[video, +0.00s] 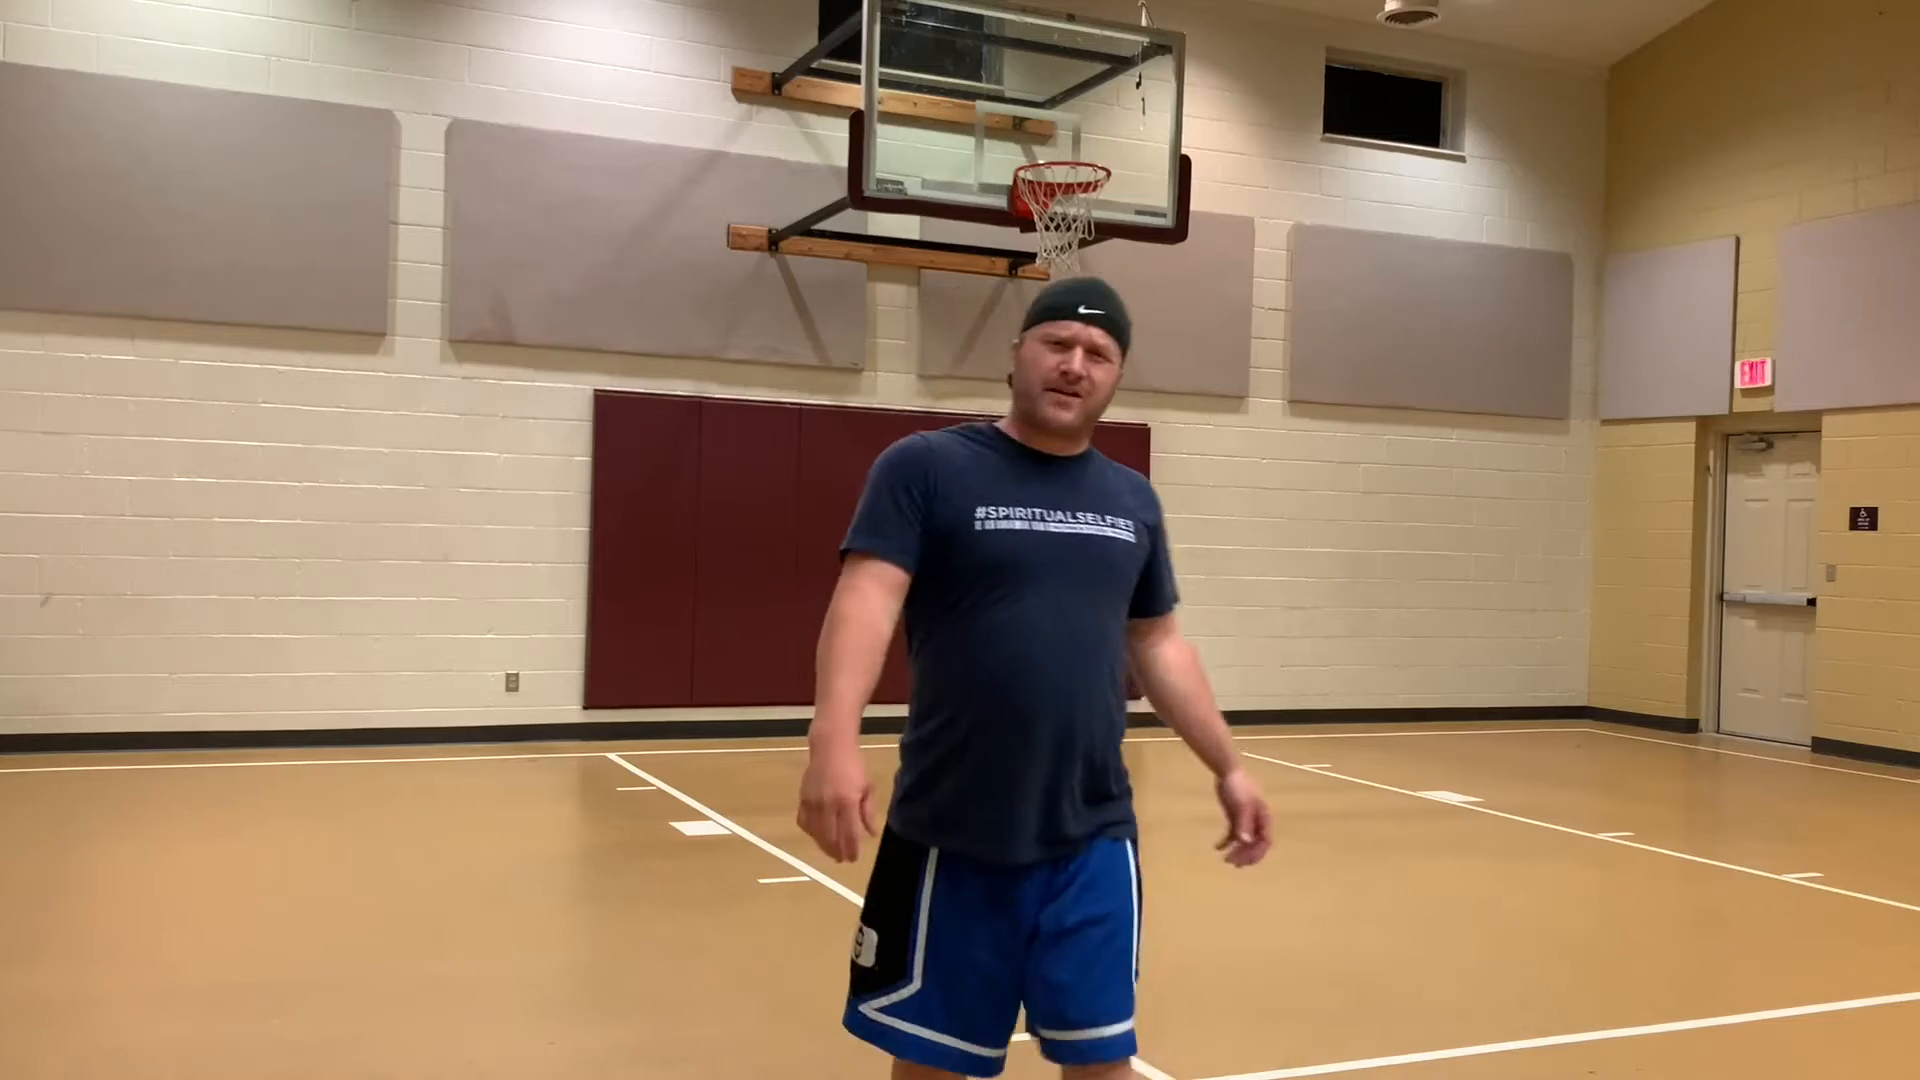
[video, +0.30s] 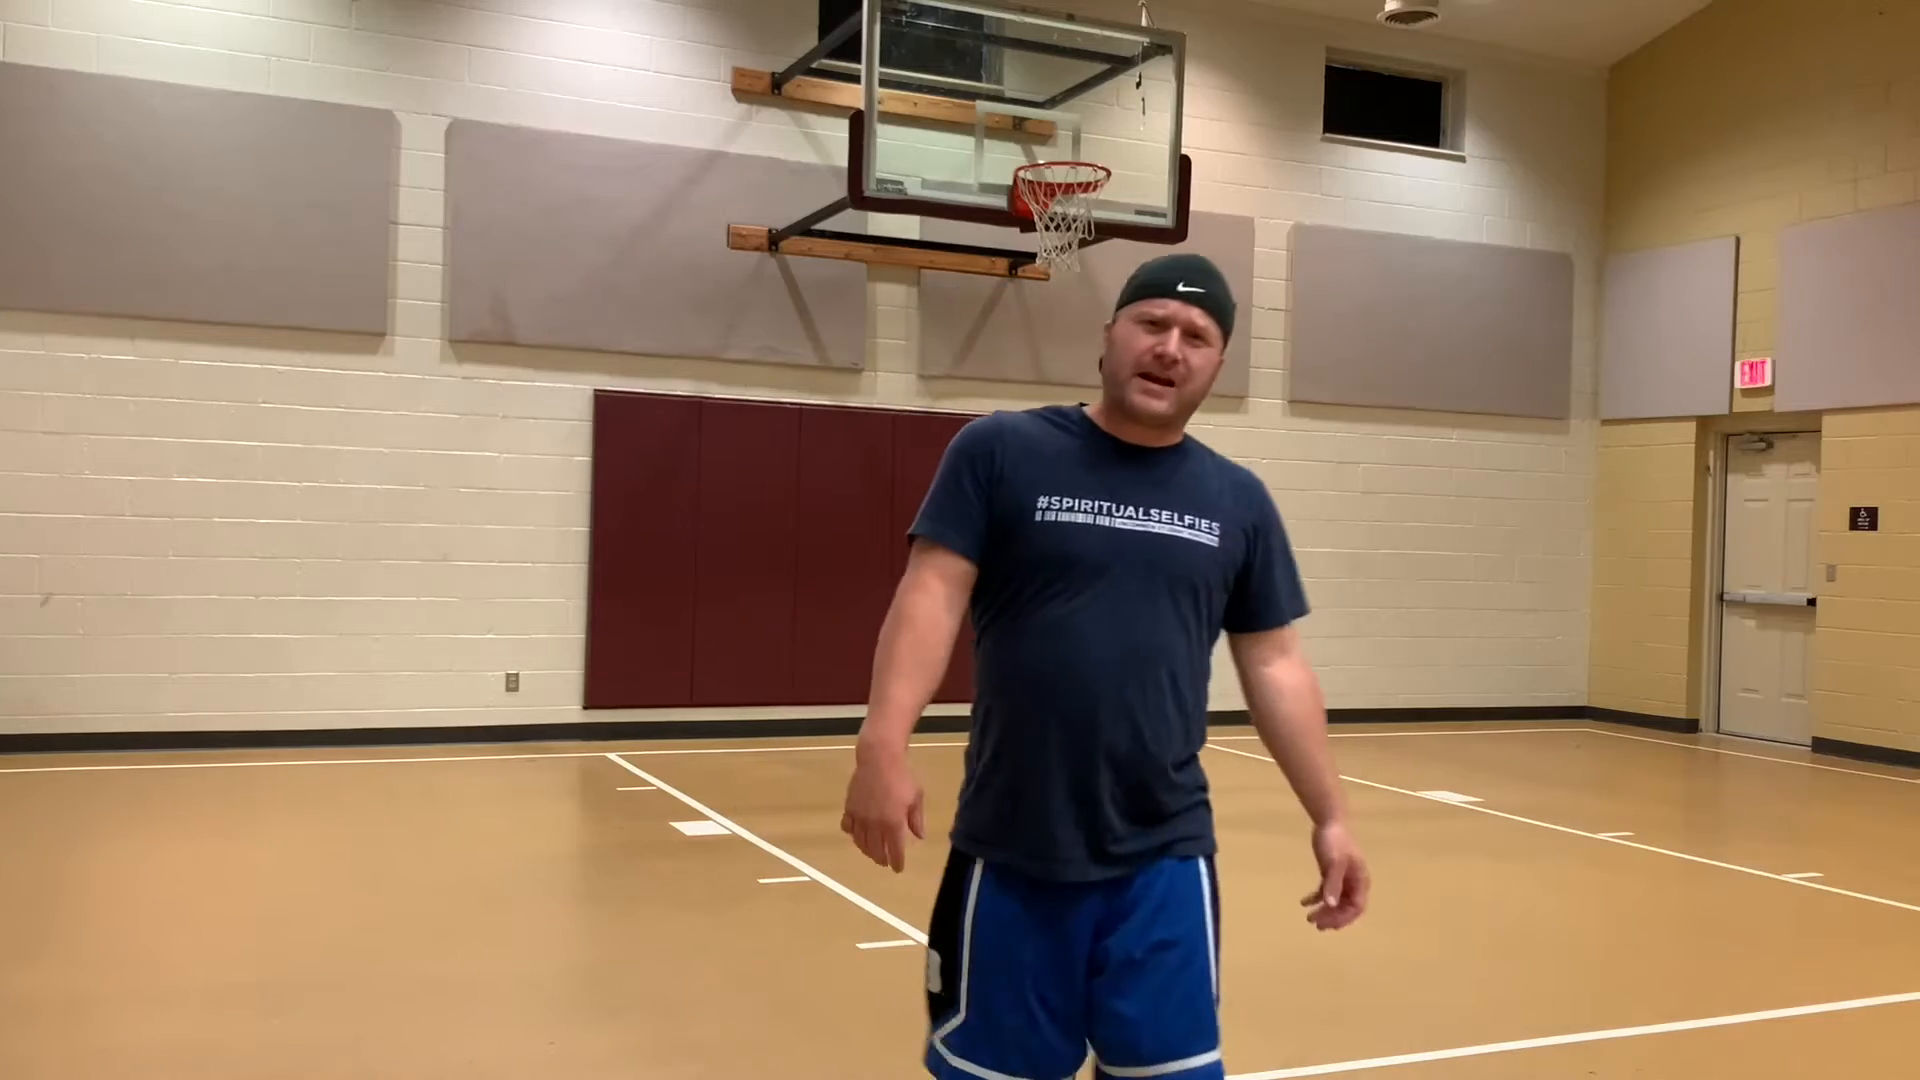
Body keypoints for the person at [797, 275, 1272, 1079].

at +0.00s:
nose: (1074, 366)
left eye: (1095, 354)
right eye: (1058, 345)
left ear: (1117, 378)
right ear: (1017, 354)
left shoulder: (1133, 501)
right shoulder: (926, 469)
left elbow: (1158, 640)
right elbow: (866, 601)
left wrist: (1230, 764)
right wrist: (833, 747)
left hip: (1090, 832)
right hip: (955, 828)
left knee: (1102, 1057)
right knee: (934, 1060)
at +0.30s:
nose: (1170, 348)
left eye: (1196, 336)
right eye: (1151, 324)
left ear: (1218, 366)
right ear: (1108, 336)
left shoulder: (1235, 498)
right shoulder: (1000, 451)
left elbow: (1276, 663)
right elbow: (932, 593)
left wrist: (1330, 816)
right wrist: (881, 750)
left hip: (1162, 844)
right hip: (1014, 837)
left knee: (1172, 1071)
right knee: (993, 1069)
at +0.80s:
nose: (1143, 327)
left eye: (1165, 303)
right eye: (1115, 308)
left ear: (1200, 320)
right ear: (1074, 332)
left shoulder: (1271, 477)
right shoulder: (999, 467)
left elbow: (1345, 638)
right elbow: (941, 621)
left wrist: (1456, 768)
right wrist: (891, 764)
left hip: (1214, 898)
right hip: (1040, 897)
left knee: (1243, 1073)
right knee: (1017, 1075)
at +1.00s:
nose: (1093, 305)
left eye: (1117, 283)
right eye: (1063, 286)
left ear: (1155, 305)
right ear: (1024, 315)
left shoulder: (1237, 461)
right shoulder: (953, 472)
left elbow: (1332, 621)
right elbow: (889, 649)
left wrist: (1463, 753)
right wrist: (823, 819)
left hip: (1207, 916)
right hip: (1026, 920)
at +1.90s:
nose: (1164, 260)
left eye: (1197, 242)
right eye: (1132, 232)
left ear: (1233, 293)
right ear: (1068, 270)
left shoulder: (1255, 490)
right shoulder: (936, 450)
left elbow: (1308, 691)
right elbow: (823, 666)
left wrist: (1449, 843)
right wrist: (710, 902)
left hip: (1165, 1011)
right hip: (950, 1012)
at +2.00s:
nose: (1125, 260)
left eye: (1159, 239)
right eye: (1093, 230)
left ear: (1197, 288)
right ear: (1031, 259)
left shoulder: (1221, 482)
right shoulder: (899, 453)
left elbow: (1257, 682)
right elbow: (794, 689)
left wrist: (1378, 843)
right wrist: (734, 952)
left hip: (1129, 1008)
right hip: (919, 1014)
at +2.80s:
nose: (1054, 261)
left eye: (1090, 241)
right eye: (1023, 229)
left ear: (1128, 288)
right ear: (967, 264)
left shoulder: (1140, 476)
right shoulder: (847, 454)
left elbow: (1165, 677)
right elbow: (751, 692)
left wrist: (1262, 845)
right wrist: (742, 956)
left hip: (1056, 1003)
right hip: (865, 1011)